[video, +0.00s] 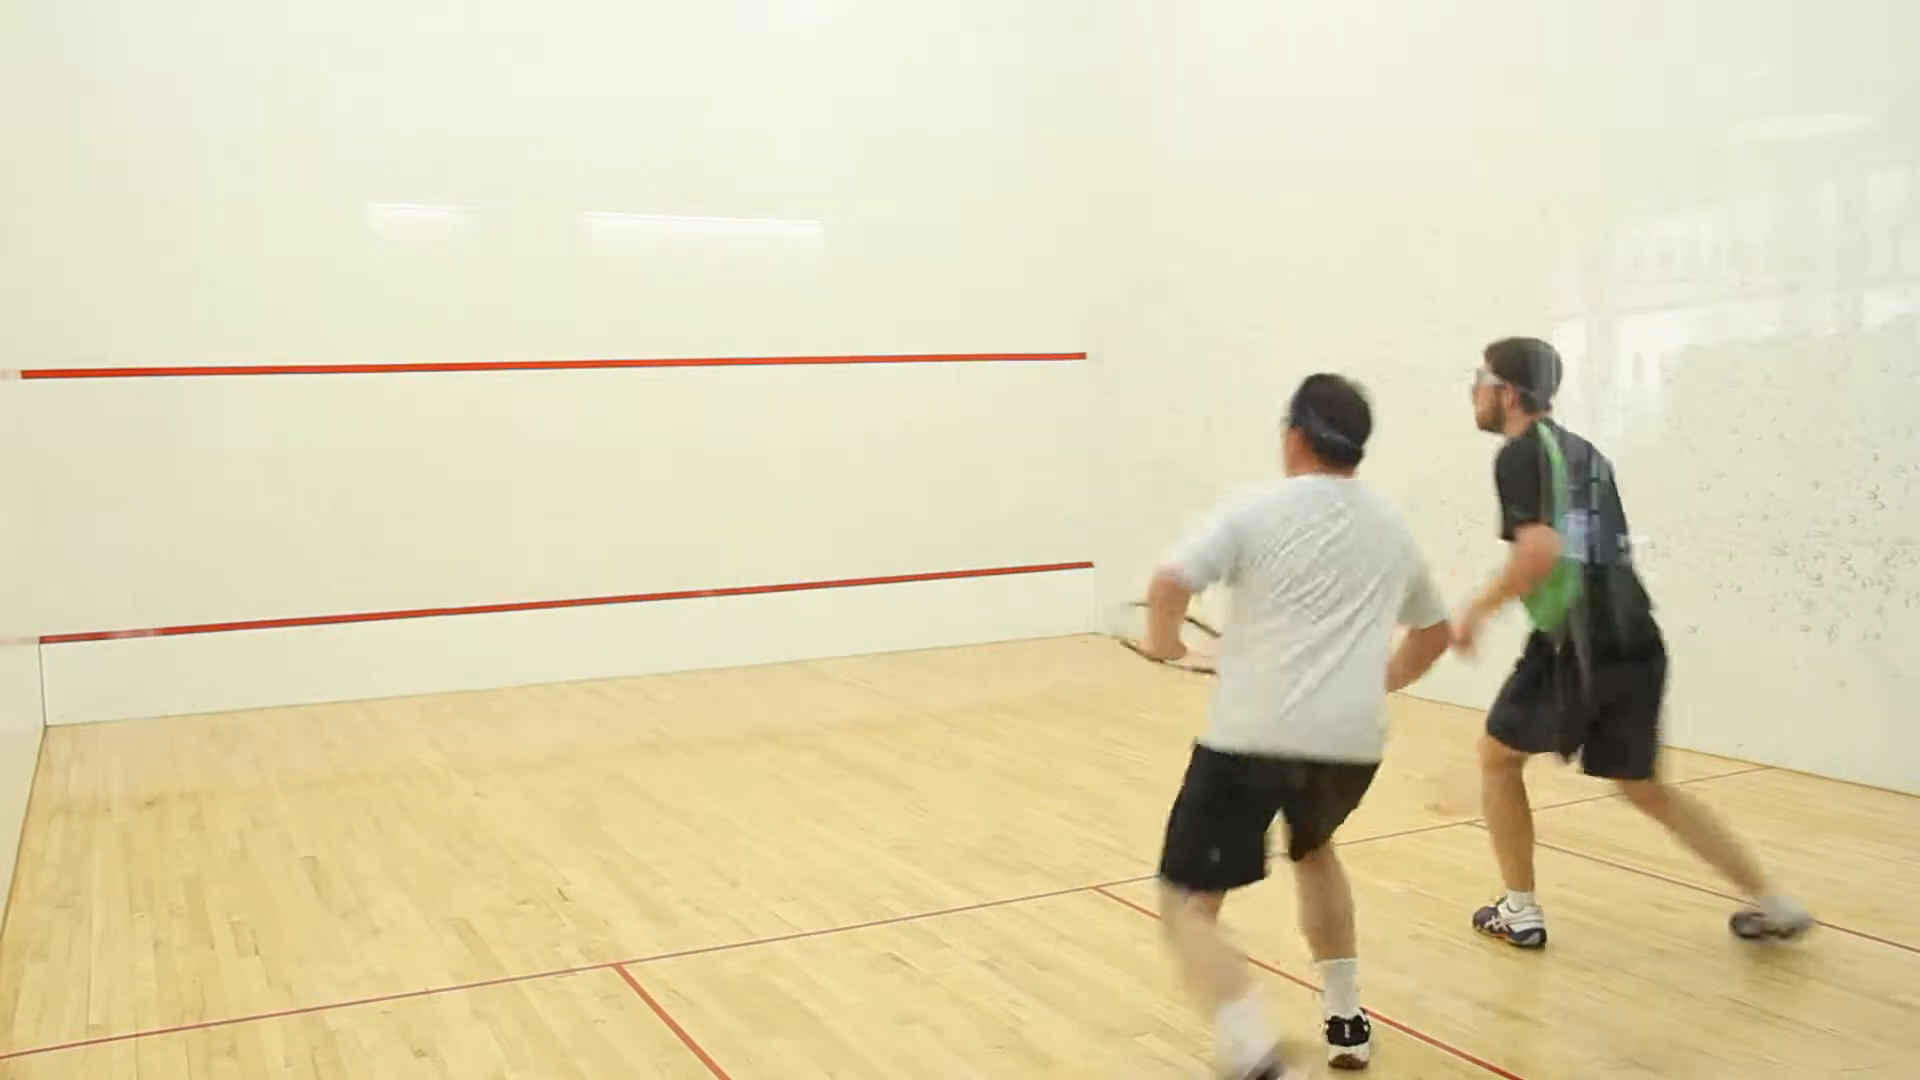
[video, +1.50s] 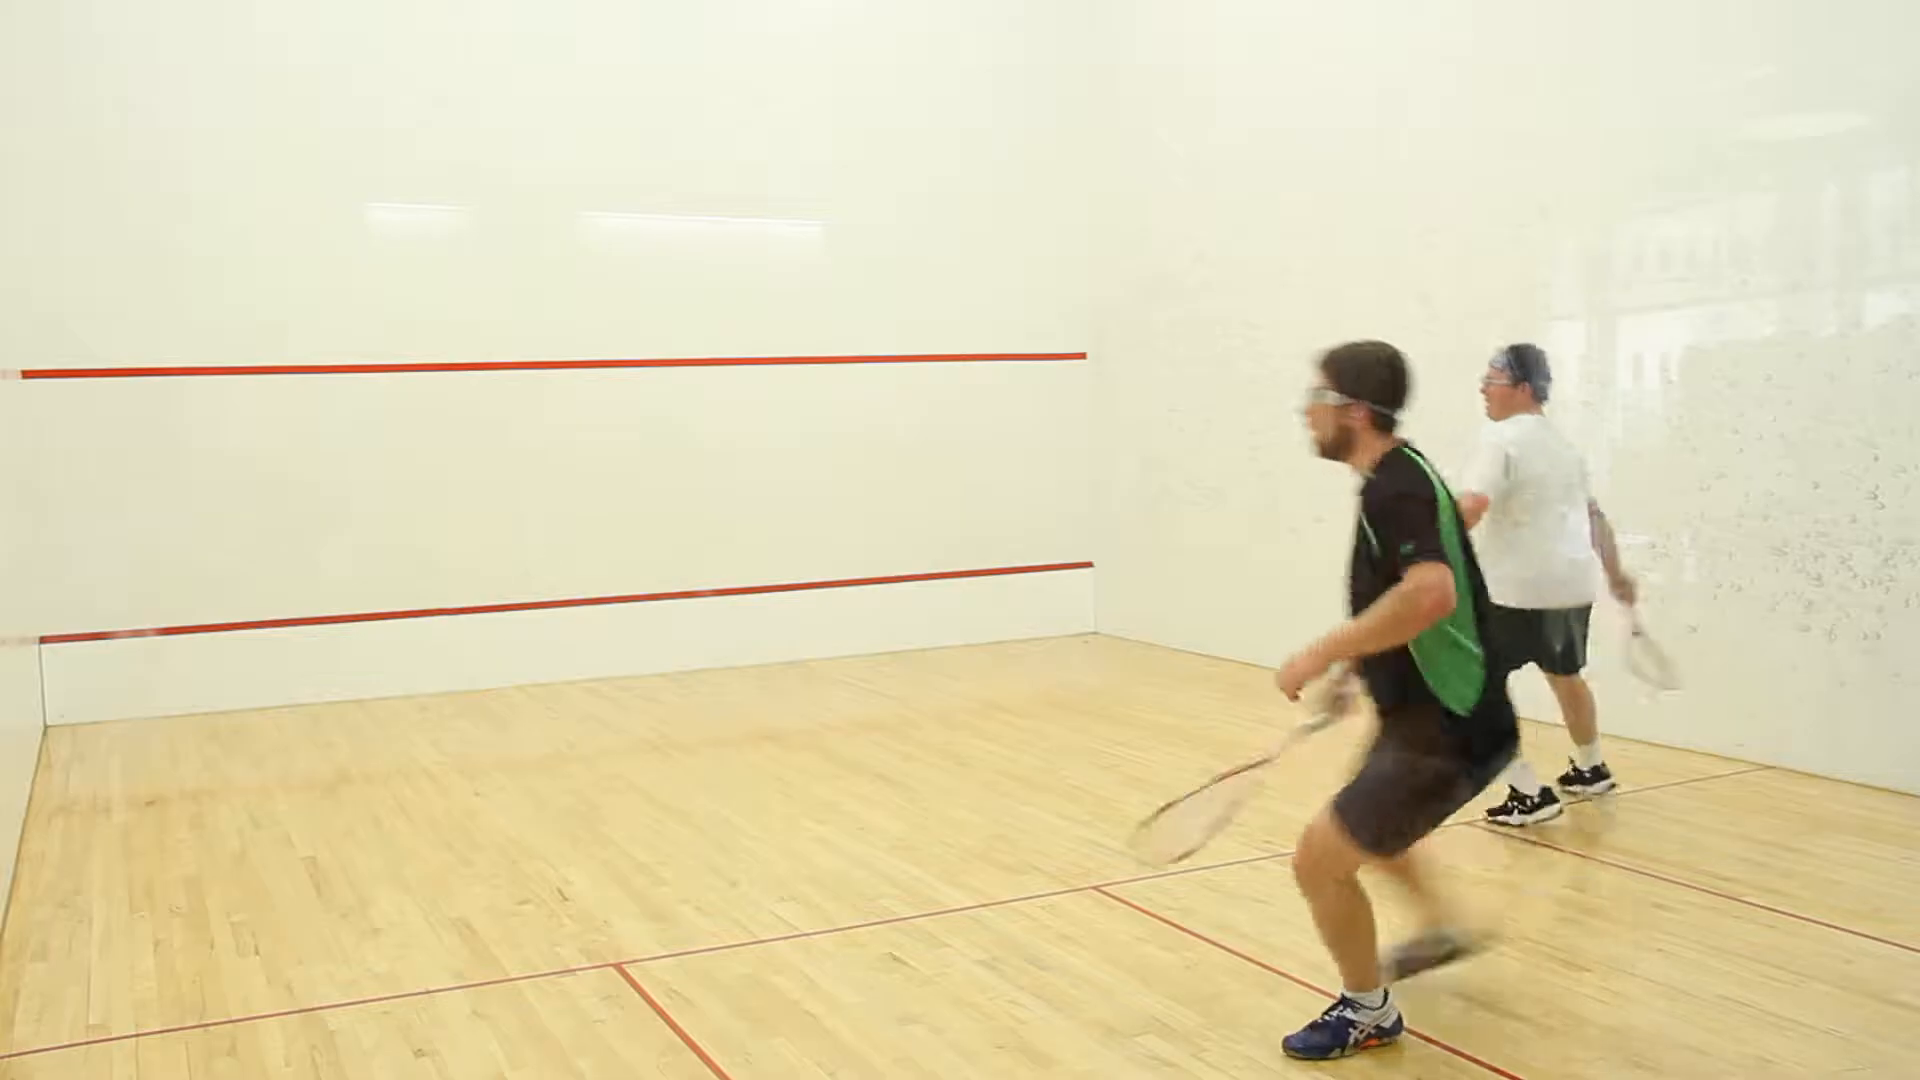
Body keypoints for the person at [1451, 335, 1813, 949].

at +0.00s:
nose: (1473, 393)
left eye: (1481, 383)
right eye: (1477, 381)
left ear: (1508, 395)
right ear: (1532, 397)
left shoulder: (1522, 455)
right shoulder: (1585, 454)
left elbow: (1538, 551)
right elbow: (1609, 553)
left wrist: (1476, 611)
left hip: (1569, 650)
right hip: (1632, 649)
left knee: (1498, 754)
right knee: (1640, 782)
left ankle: (1519, 908)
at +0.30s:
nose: (1602, 361)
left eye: (1607, 348)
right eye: (1604, 347)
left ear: (1627, 349)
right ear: (1665, 347)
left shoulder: (1640, 417)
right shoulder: (1717, 414)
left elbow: (1680, 513)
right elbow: (1768, 514)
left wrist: (1663, 612)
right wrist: (1763, 597)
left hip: (1690, 630)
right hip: (1754, 624)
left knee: (1619, 750)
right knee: (1753, 767)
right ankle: (1814, 914)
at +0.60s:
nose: (1675, 353)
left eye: (1673, 342)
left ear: (1674, 343)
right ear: (1734, 341)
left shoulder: (1656, 419)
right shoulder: (1792, 416)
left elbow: (1640, 538)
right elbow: (1856, 514)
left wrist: (1634, 612)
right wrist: (1862, 600)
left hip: (1732, 627)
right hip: (1802, 616)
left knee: (1787, 787)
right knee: (1788, 773)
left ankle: (1885, 937)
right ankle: (1817, 911)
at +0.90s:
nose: (1636, 383)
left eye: (1638, 372)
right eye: (1647, 371)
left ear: (1643, 374)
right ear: (1698, 375)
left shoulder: (1628, 449)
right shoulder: (1756, 446)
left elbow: (1616, 543)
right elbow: (1806, 553)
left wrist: (1592, 624)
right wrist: (1766, 615)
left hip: (1684, 653)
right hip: (1762, 650)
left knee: (1597, 792)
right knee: (1784, 788)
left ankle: (1624, 960)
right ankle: (1872, 938)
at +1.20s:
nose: (1492, 422)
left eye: (1496, 411)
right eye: (1497, 410)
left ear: (1508, 416)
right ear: (1561, 416)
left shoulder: (1502, 484)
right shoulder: (1608, 481)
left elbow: (1487, 586)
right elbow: (1648, 591)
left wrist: (1445, 675)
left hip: (1583, 677)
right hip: (1652, 671)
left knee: (1453, 794)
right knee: (1583, 784)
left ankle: (1446, 961)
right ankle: (1605, 914)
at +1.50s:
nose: (1308, 413)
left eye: (1319, 400)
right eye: (1312, 399)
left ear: (1357, 413)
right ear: (1367, 414)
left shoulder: (1398, 482)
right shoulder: (1397, 476)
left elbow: (1432, 591)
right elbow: (1414, 598)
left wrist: (1323, 652)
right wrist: (1359, 665)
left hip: (1452, 729)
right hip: (1423, 713)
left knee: (1319, 860)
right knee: (1369, 820)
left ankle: (1367, 1007)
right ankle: (1442, 927)